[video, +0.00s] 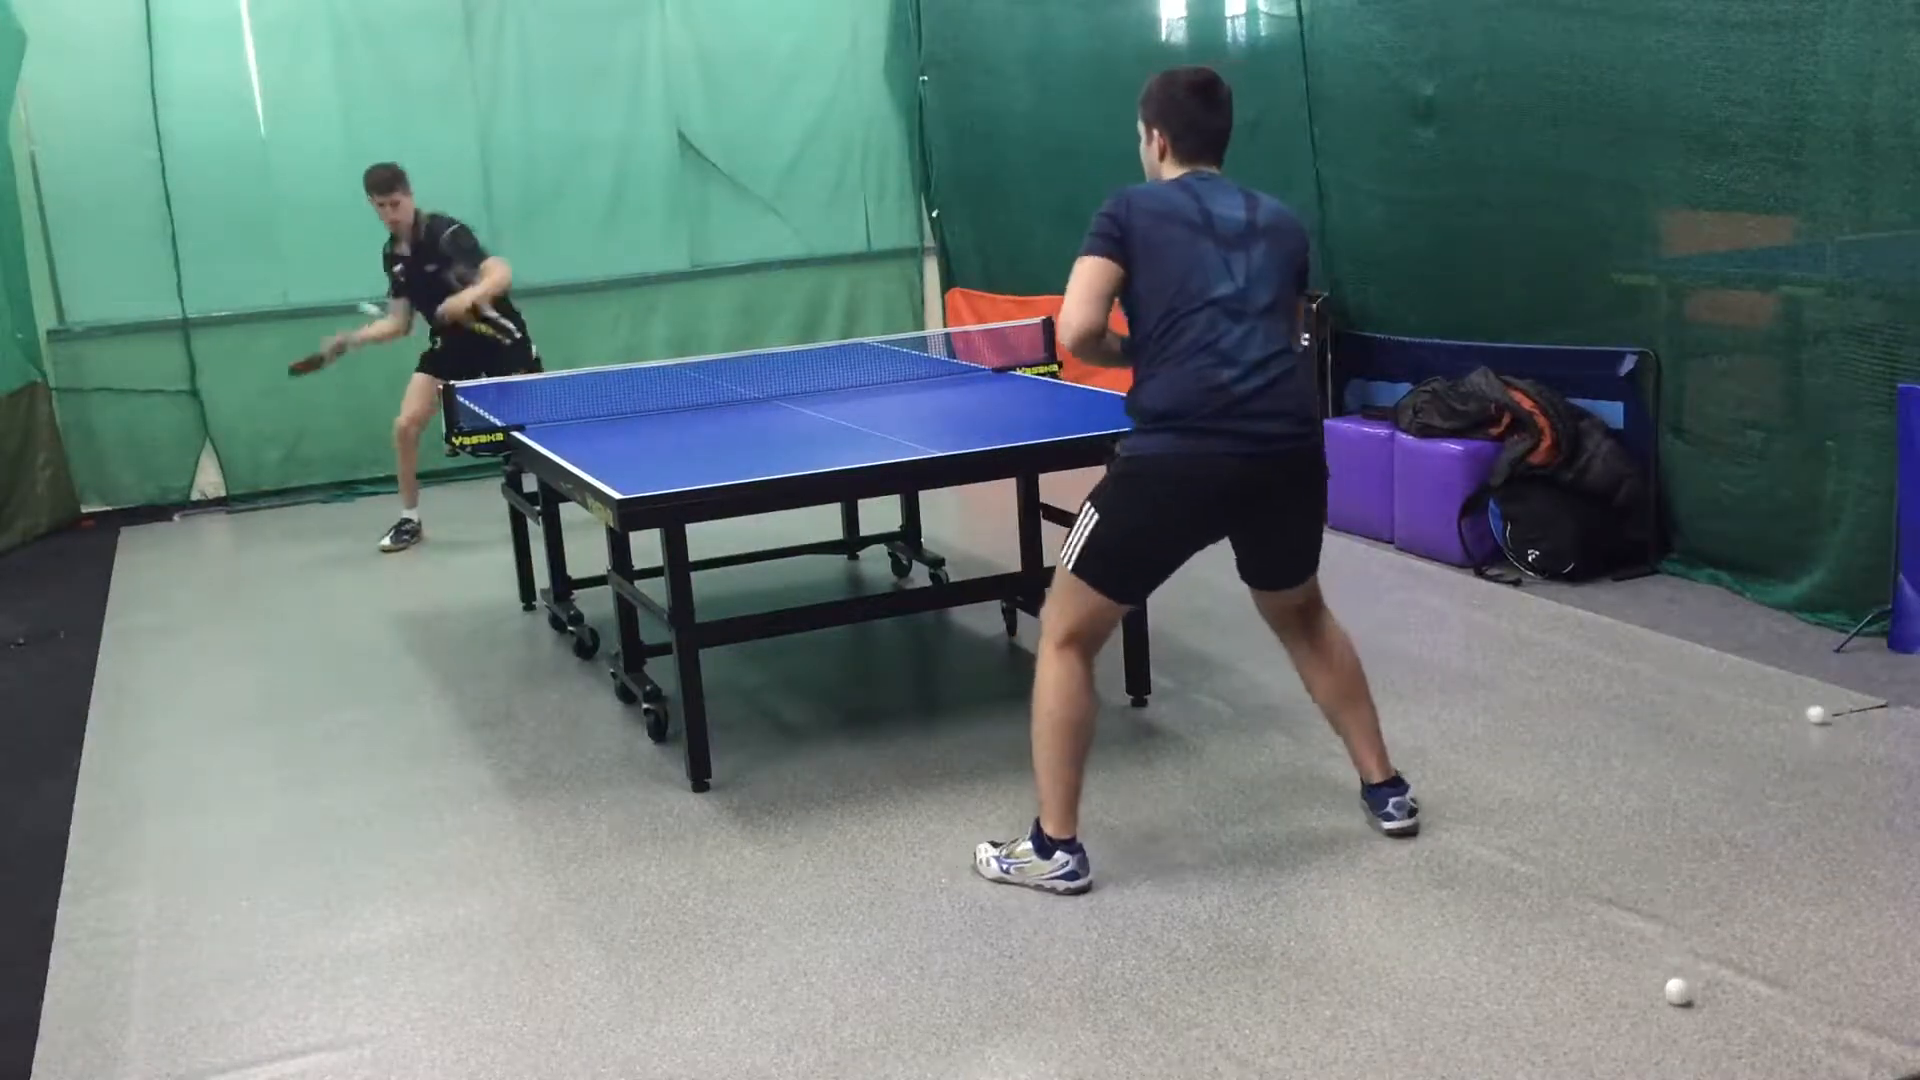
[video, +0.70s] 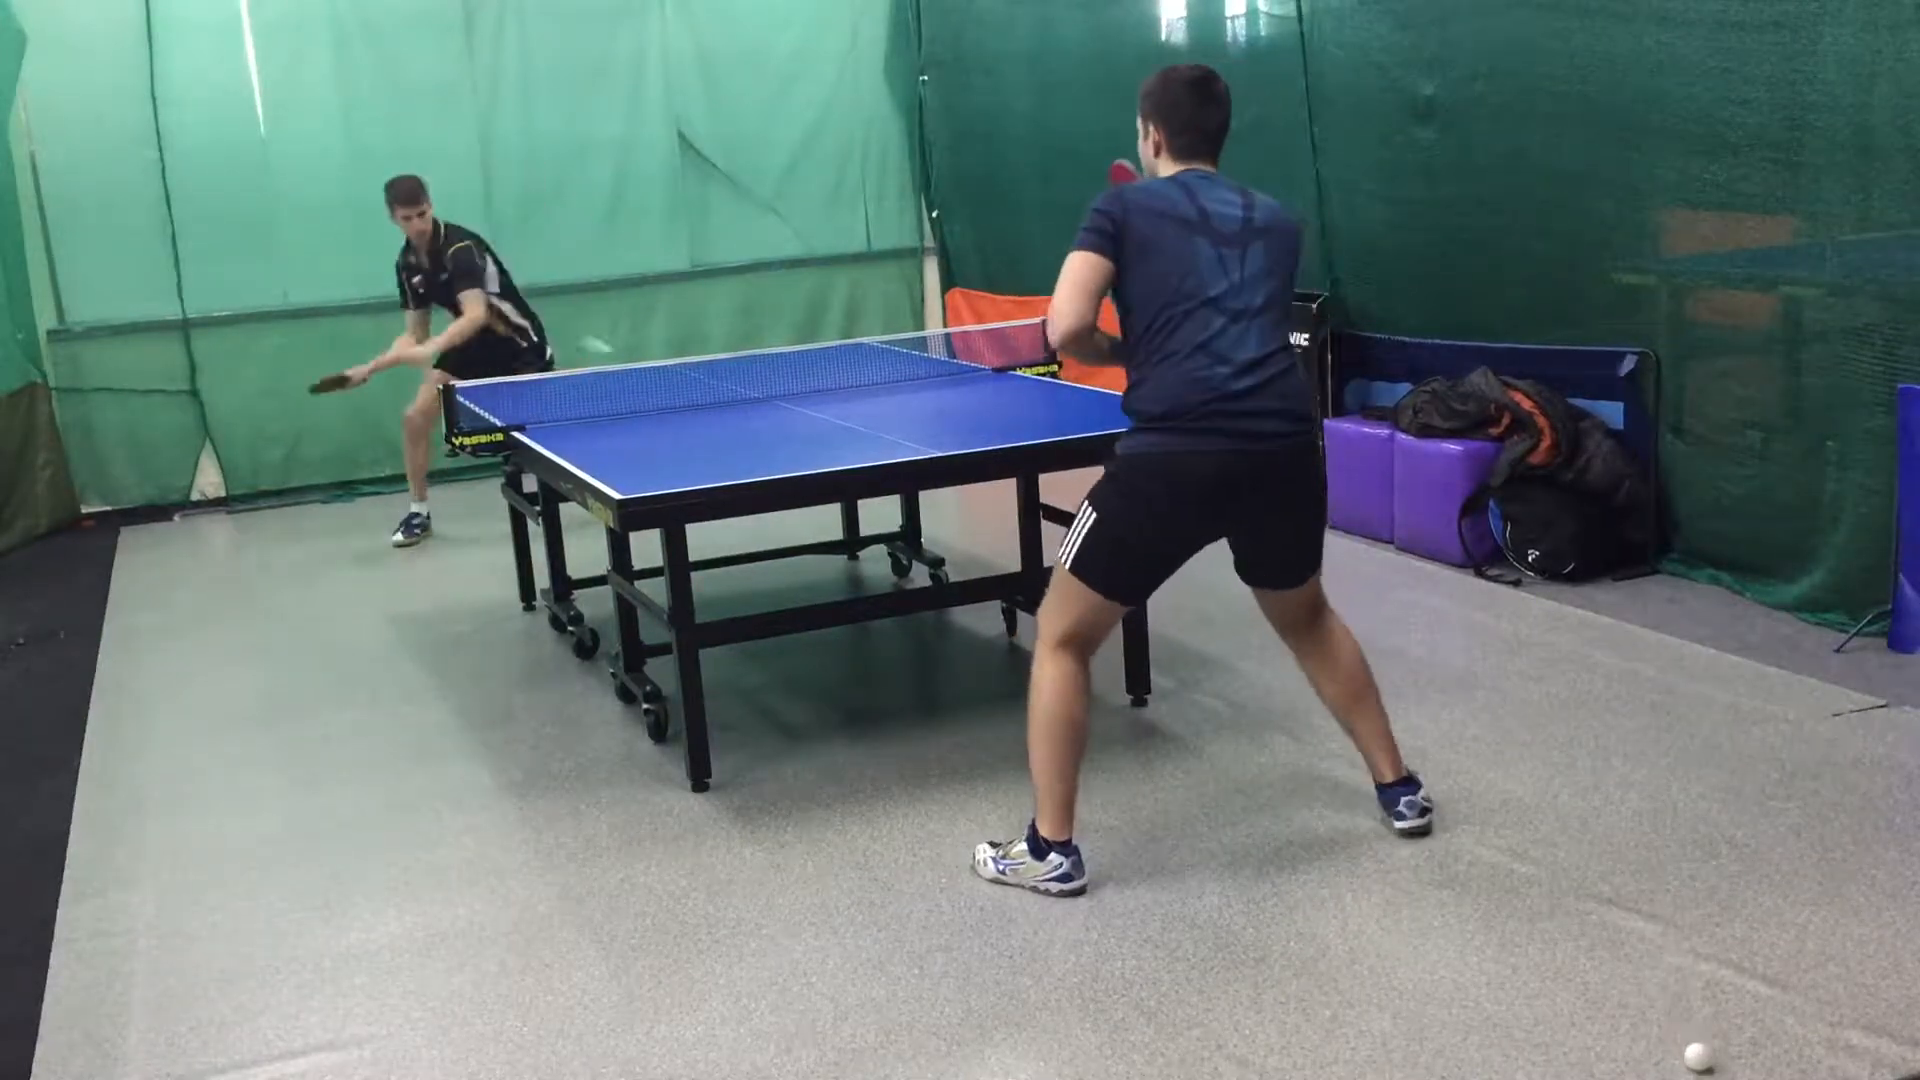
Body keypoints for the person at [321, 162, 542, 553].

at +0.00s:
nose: (389, 215)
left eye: (395, 204)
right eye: (380, 207)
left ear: (410, 197)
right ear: (373, 207)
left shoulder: (445, 231)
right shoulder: (394, 253)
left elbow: (499, 273)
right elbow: (399, 322)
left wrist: (470, 297)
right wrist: (351, 339)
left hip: (500, 336)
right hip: (449, 341)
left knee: (536, 419)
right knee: (407, 424)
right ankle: (410, 518)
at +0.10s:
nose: (416, 187)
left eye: (420, 176)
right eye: (408, 180)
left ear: (437, 170)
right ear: (403, 184)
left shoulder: (484, 205)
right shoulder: (410, 229)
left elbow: (544, 242)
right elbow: (408, 288)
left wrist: (512, 239)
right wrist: (415, 276)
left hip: (511, 332)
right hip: (456, 343)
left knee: (559, 406)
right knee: (427, 431)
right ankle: (414, 517)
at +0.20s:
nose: (445, 175)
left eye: (450, 166)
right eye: (436, 169)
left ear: (464, 162)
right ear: (428, 174)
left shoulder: (501, 203)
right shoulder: (433, 214)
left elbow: (564, 240)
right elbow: (467, 233)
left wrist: (581, 224)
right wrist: (497, 190)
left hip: (521, 337)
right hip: (472, 350)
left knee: (580, 396)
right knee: (454, 441)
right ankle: (413, 517)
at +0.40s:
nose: (477, 181)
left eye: (482, 172)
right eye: (467, 175)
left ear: (492, 169)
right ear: (454, 179)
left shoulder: (521, 209)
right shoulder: (454, 226)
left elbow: (575, 247)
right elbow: (463, 285)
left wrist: (615, 255)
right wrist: (507, 242)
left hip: (529, 336)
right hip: (477, 347)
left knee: (592, 390)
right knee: (445, 436)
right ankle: (401, 519)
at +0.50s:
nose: (460, 179)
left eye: (464, 169)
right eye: (449, 173)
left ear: (475, 166)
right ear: (437, 176)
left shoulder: (510, 209)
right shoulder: (433, 227)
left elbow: (558, 252)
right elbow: (432, 295)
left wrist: (590, 283)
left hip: (522, 324)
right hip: (467, 332)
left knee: (574, 395)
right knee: (428, 418)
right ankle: (405, 512)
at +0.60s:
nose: (437, 198)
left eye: (441, 188)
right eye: (427, 192)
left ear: (449, 183)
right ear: (413, 195)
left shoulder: (483, 224)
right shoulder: (413, 243)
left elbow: (521, 289)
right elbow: (413, 314)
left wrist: (513, 329)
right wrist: (399, 338)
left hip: (510, 317)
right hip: (463, 327)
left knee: (562, 394)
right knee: (425, 417)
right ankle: (418, 511)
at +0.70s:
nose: (417, 226)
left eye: (421, 215)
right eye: (407, 219)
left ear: (431, 208)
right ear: (394, 219)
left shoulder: (460, 248)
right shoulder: (408, 263)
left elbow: (476, 315)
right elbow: (415, 335)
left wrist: (430, 348)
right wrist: (368, 369)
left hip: (519, 347)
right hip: (468, 349)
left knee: (538, 424)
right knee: (415, 419)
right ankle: (418, 511)